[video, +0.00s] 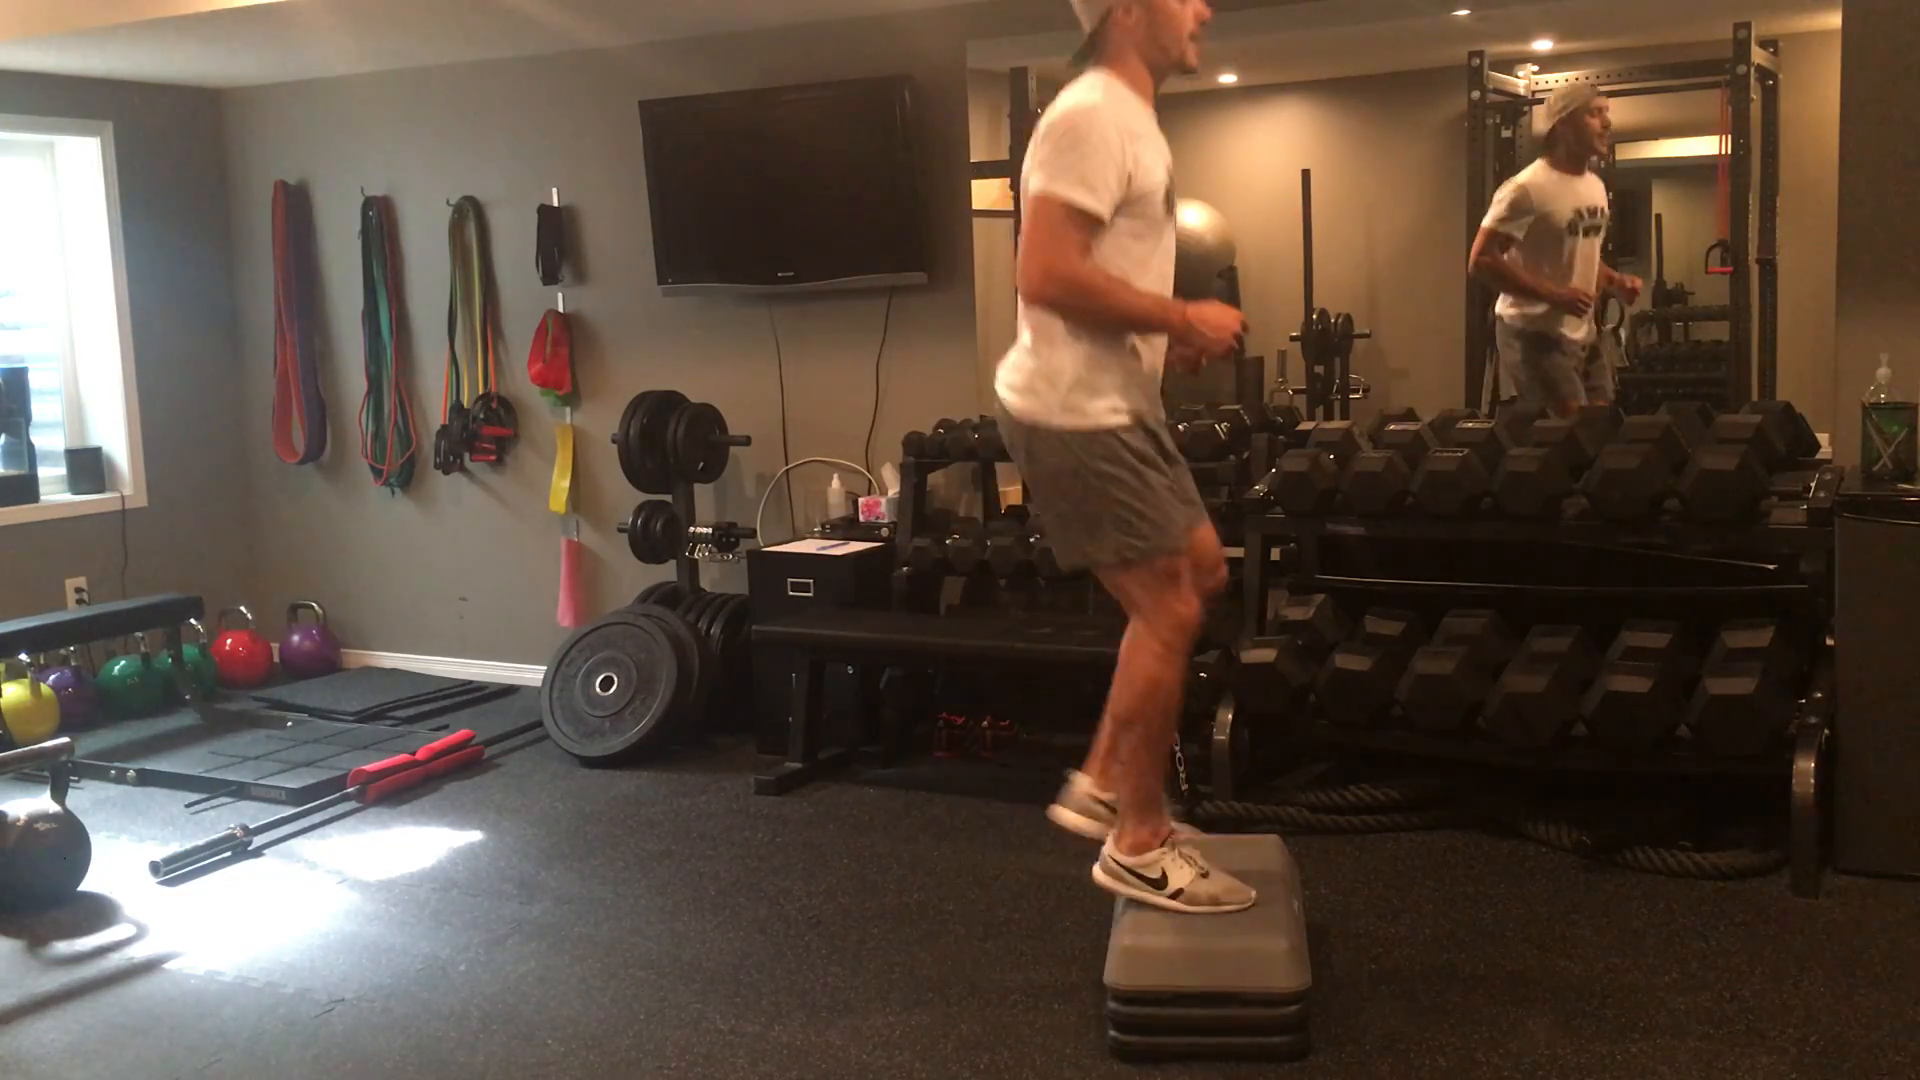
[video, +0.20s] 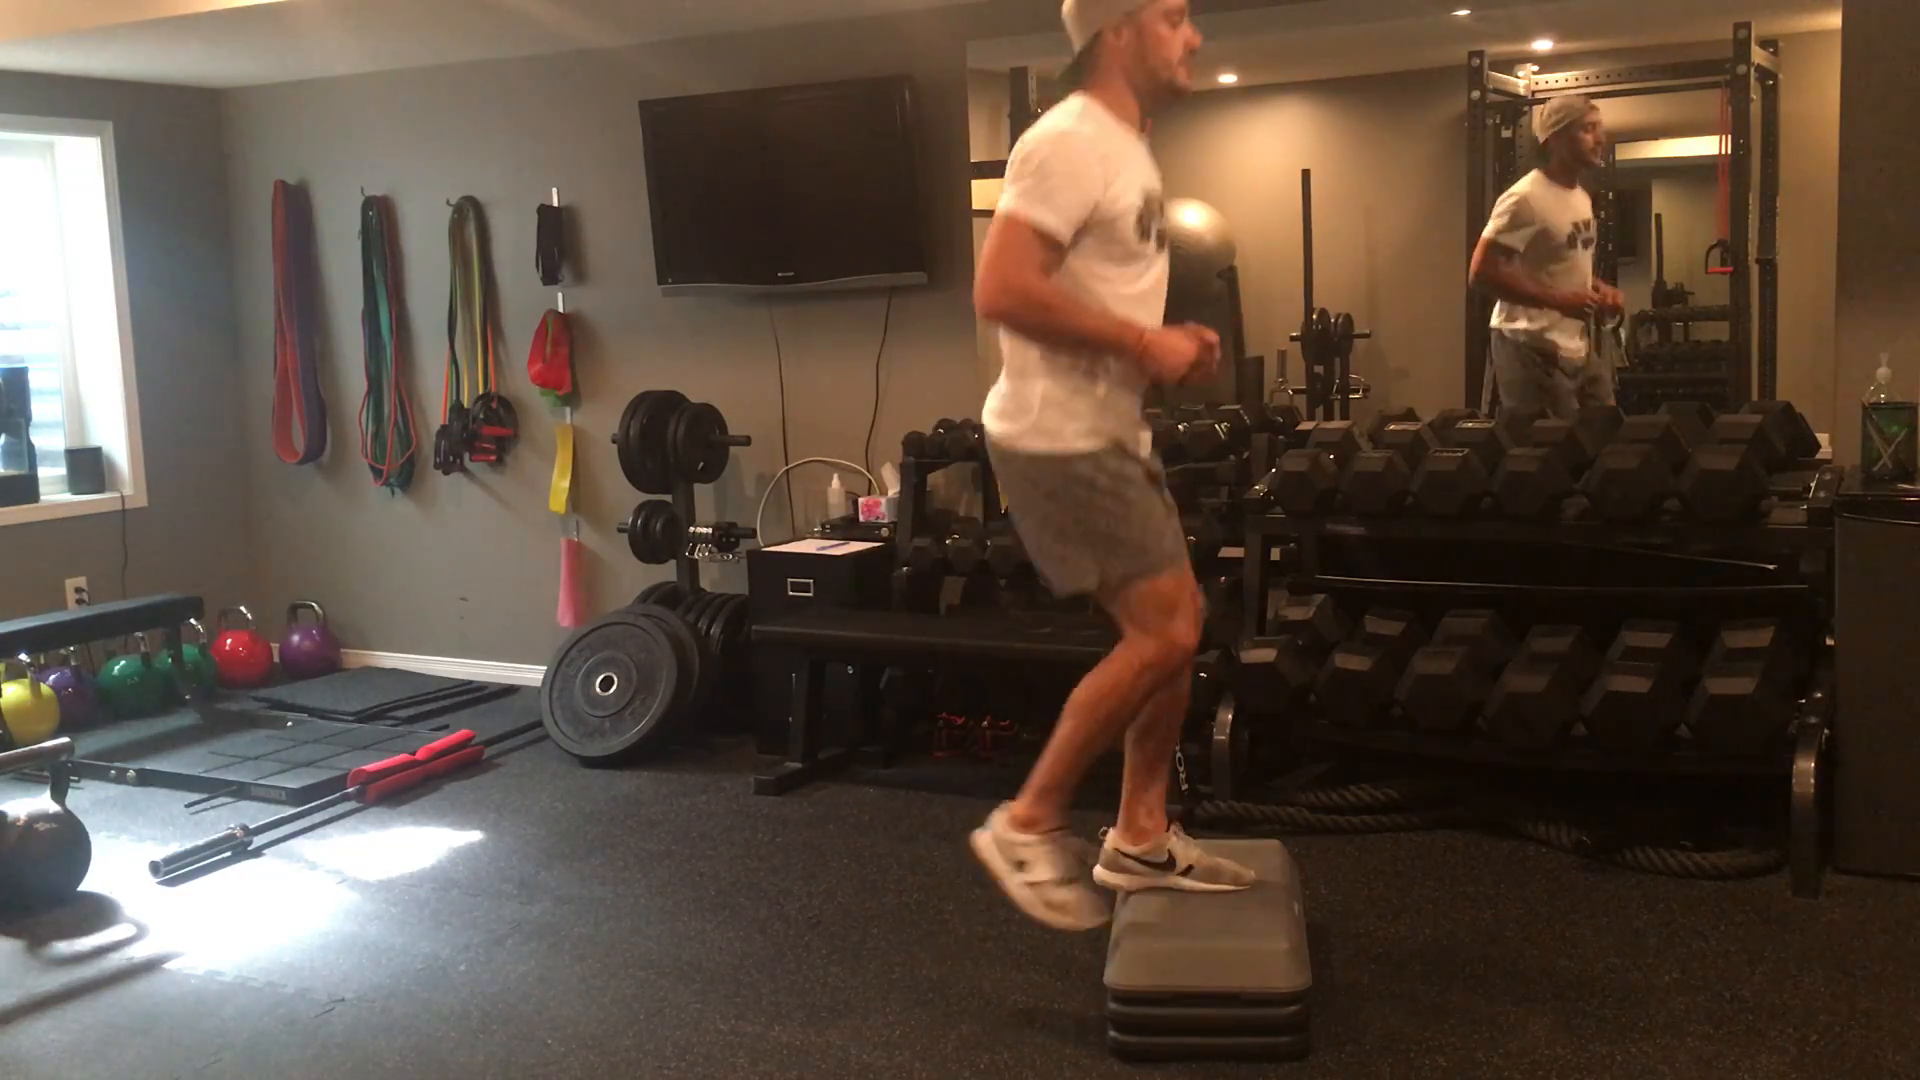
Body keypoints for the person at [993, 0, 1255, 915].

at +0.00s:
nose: (1204, 15)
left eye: (1201, 3)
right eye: (1188, 0)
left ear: (1134, 17)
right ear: (1129, 10)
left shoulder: (1131, 116)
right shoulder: (1088, 112)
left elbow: (1089, 276)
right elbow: (1045, 273)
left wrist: (1179, 324)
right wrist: (1179, 316)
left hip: (1115, 399)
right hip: (1075, 407)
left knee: (1202, 568)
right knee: (1167, 606)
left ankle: (1103, 780)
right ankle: (1138, 838)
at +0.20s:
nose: (1194, 40)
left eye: (1192, 22)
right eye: (1176, 20)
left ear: (1132, 39)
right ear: (1116, 33)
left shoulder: (1122, 145)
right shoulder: (1069, 136)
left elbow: (1078, 291)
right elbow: (1001, 285)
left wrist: (1159, 341)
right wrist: (1143, 341)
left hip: (1104, 431)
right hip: (1058, 436)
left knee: (1175, 625)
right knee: (1165, 628)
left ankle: (1143, 837)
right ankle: (1024, 823)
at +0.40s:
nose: (1153, 81)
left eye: (1148, 63)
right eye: (1136, 62)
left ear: (1086, 82)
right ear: (1078, 78)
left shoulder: (1076, 186)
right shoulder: (1021, 184)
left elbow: (1025, 333)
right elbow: (966, 335)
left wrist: (1109, 374)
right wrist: (1111, 365)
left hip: (1064, 471)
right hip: (995, 480)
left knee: (1179, 590)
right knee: (1014, 698)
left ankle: (1148, 807)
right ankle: (944, 920)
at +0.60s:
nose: (1088, 162)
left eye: (1085, 143)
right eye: (1074, 142)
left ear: (1020, 155)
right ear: (1016, 152)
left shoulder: (1010, 258)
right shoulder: (948, 259)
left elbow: (976, 403)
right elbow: (912, 422)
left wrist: (1030, 481)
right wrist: (1058, 457)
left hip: (1003, 528)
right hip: (940, 544)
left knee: (1124, 629)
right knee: (988, 752)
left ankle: (997, 794)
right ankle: (917, 959)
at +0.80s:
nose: (1043, 144)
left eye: (1039, 127)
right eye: (1025, 127)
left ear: (980, 146)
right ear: (969, 144)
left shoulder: (976, 247)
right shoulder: (918, 251)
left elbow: (906, 392)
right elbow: (829, 392)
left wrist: (963, 486)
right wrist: (944, 492)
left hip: (909, 536)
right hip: (890, 541)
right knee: (934, 740)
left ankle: (811, 925)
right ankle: (913, 965)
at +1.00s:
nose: (1035, 171)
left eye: (1034, 154)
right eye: (1019, 153)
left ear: (972, 164)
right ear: (963, 160)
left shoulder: (952, 266)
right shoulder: (902, 254)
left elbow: (898, 417)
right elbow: (815, 393)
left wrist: (945, 498)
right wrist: (921, 497)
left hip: (868, 539)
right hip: (843, 542)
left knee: (826, 727)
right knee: (936, 735)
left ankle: (805, 929)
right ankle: (910, 964)